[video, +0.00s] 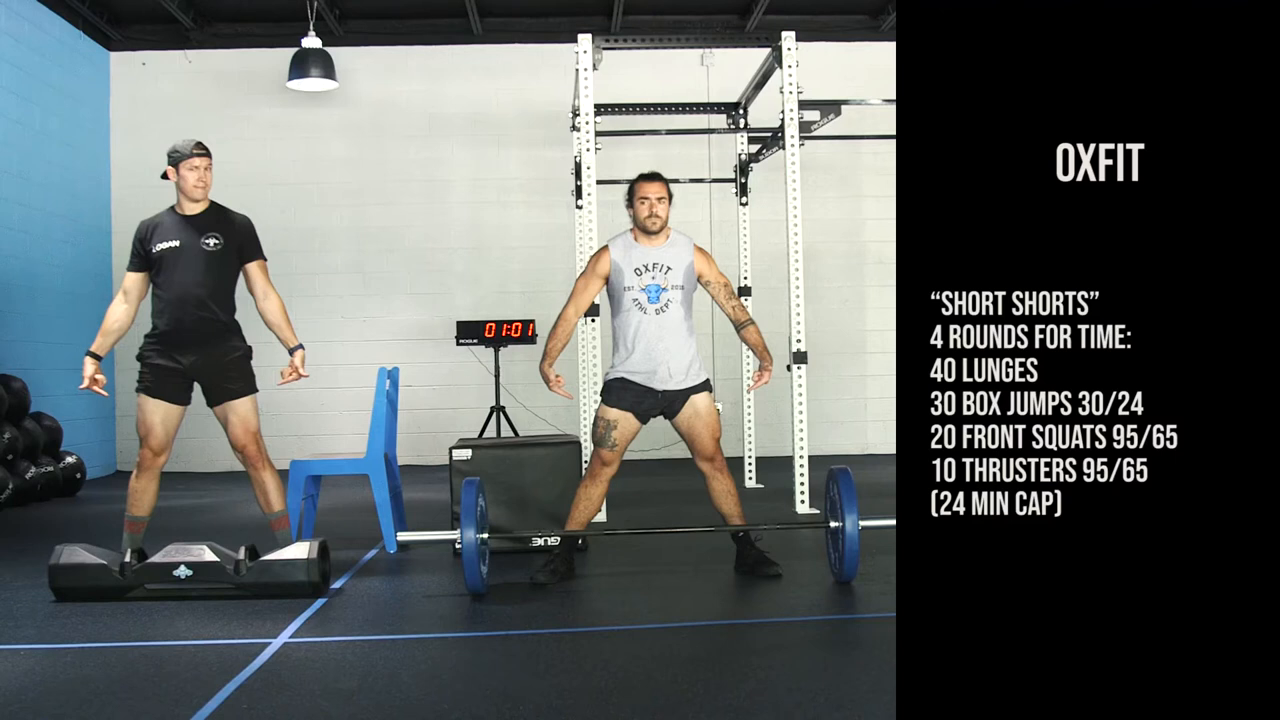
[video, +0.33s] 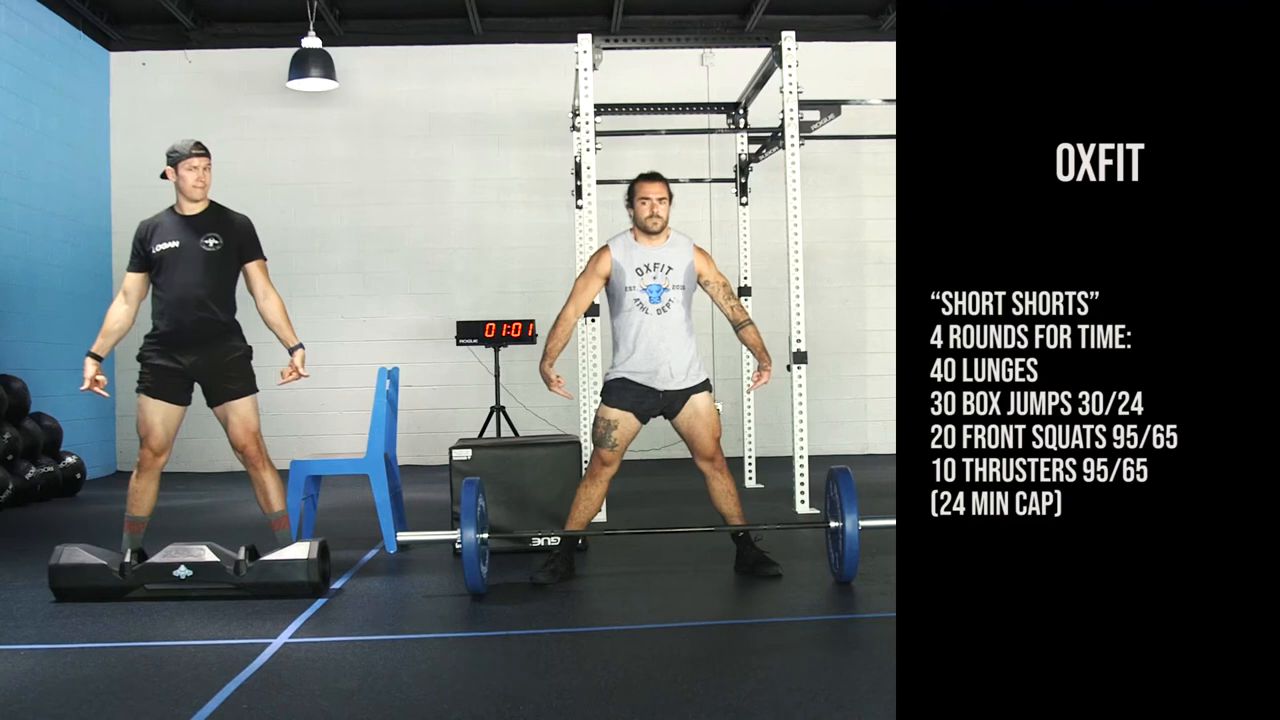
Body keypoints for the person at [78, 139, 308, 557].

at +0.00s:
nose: (201, 177)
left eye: (206, 169)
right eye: (192, 170)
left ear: (212, 174)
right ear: (172, 176)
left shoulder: (236, 226)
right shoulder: (150, 231)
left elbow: (263, 293)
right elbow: (126, 300)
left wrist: (293, 344)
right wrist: (94, 353)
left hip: (224, 352)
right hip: (164, 354)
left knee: (250, 447)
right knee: (150, 454)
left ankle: (288, 550)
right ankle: (131, 555)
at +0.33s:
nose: (200, 176)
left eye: (205, 169)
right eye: (191, 170)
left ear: (212, 174)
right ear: (171, 176)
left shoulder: (236, 225)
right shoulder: (150, 231)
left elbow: (263, 292)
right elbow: (127, 301)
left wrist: (293, 344)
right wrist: (95, 354)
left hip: (224, 353)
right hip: (165, 355)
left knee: (251, 448)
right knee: (151, 453)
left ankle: (289, 550)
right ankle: (131, 555)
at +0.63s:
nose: (199, 177)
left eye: (204, 169)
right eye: (190, 170)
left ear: (211, 175)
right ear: (170, 176)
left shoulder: (235, 226)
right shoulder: (150, 232)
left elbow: (263, 292)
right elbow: (127, 302)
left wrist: (293, 345)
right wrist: (96, 355)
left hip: (224, 353)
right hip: (164, 355)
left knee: (251, 449)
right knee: (151, 453)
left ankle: (289, 551)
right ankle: (131, 555)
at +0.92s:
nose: (199, 177)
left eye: (205, 170)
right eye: (190, 170)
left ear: (211, 175)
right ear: (170, 176)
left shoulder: (235, 226)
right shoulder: (150, 232)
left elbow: (262, 292)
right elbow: (127, 302)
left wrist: (293, 345)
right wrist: (96, 356)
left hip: (224, 353)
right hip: (164, 355)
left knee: (251, 449)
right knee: (150, 454)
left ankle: (289, 551)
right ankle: (131, 556)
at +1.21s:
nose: (197, 177)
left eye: (202, 170)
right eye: (188, 170)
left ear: (208, 175)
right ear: (167, 175)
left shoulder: (232, 226)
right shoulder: (145, 232)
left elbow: (259, 292)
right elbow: (122, 301)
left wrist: (289, 344)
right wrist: (89, 355)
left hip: (221, 354)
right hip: (161, 355)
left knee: (247, 449)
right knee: (138, 459)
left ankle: (289, 550)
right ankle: (130, 558)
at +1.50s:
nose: (189, 189)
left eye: (192, 181)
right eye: (183, 179)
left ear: (188, 184)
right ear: (157, 176)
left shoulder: (187, 233)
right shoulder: (121, 234)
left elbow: (207, 302)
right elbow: (98, 303)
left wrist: (238, 350)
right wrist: (75, 364)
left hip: (186, 359)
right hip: (136, 362)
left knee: (225, 445)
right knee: (139, 460)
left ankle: (259, 547)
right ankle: (124, 555)